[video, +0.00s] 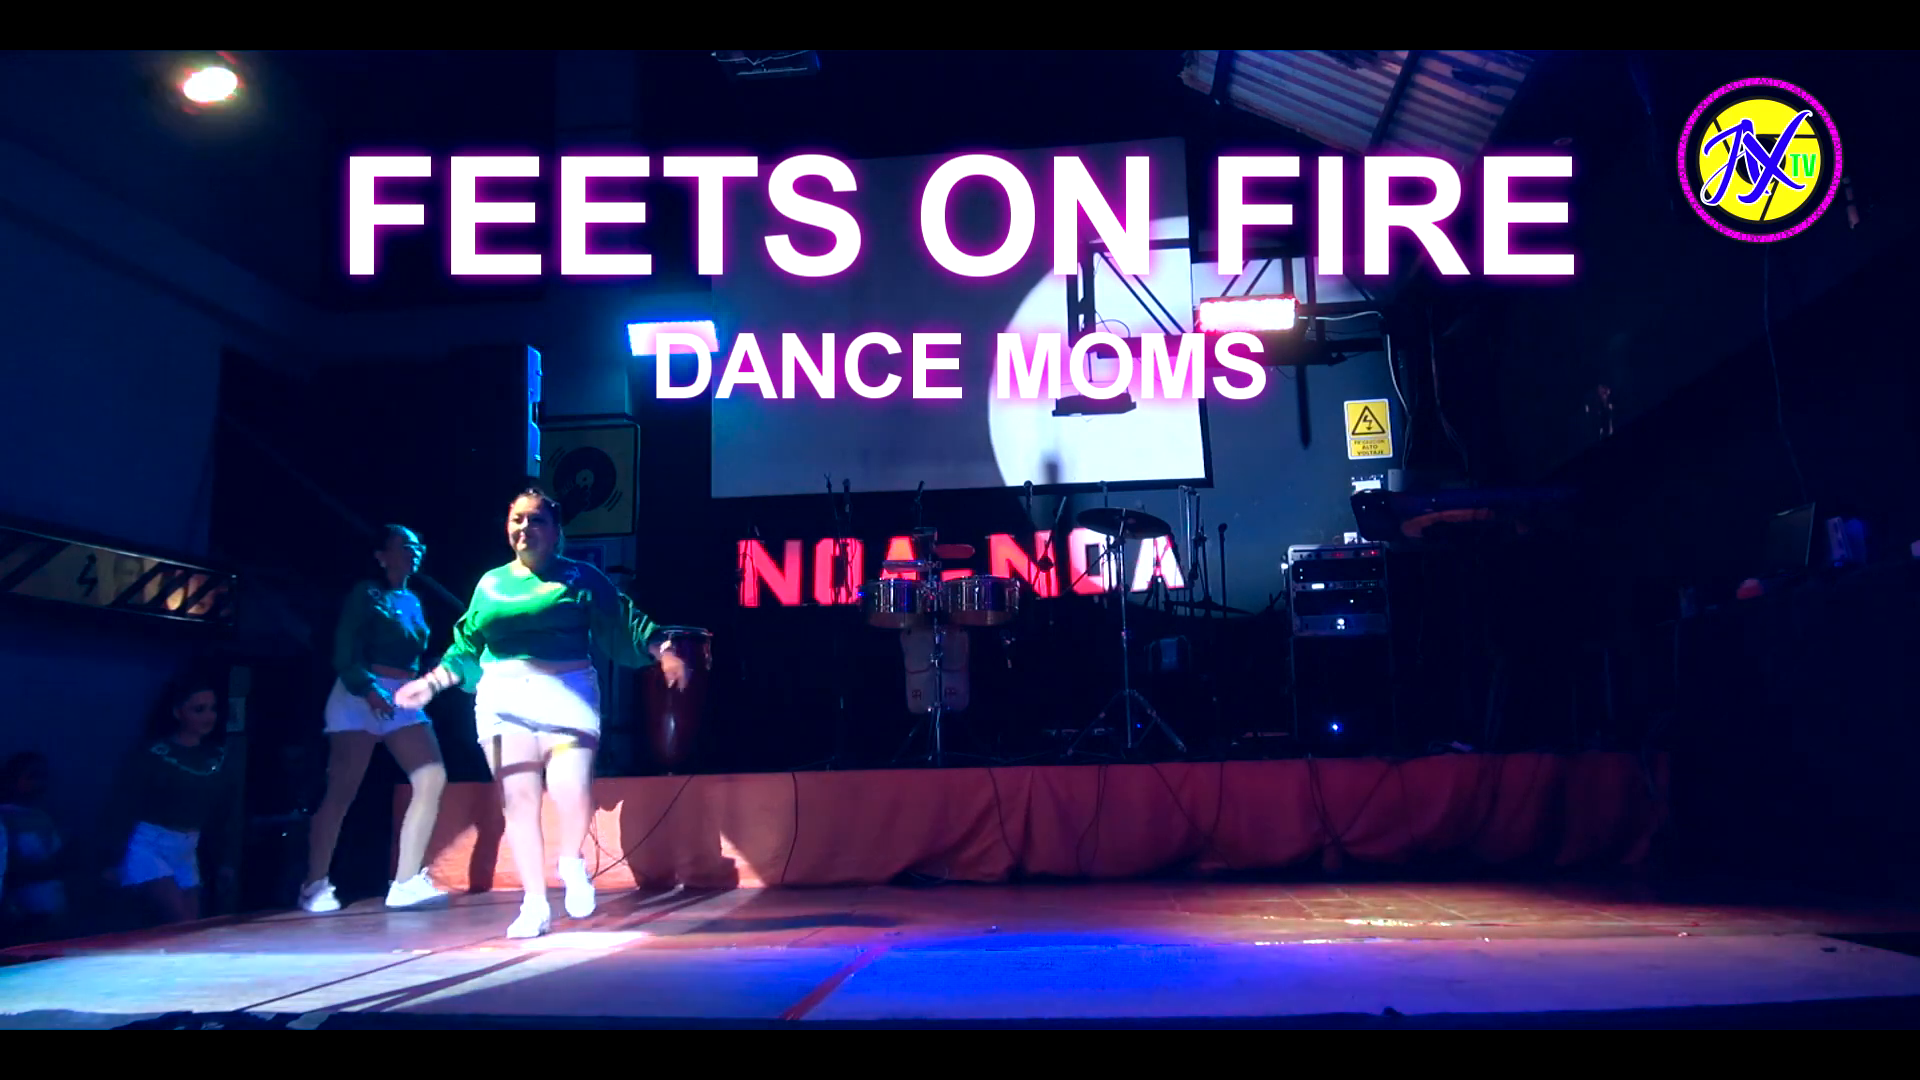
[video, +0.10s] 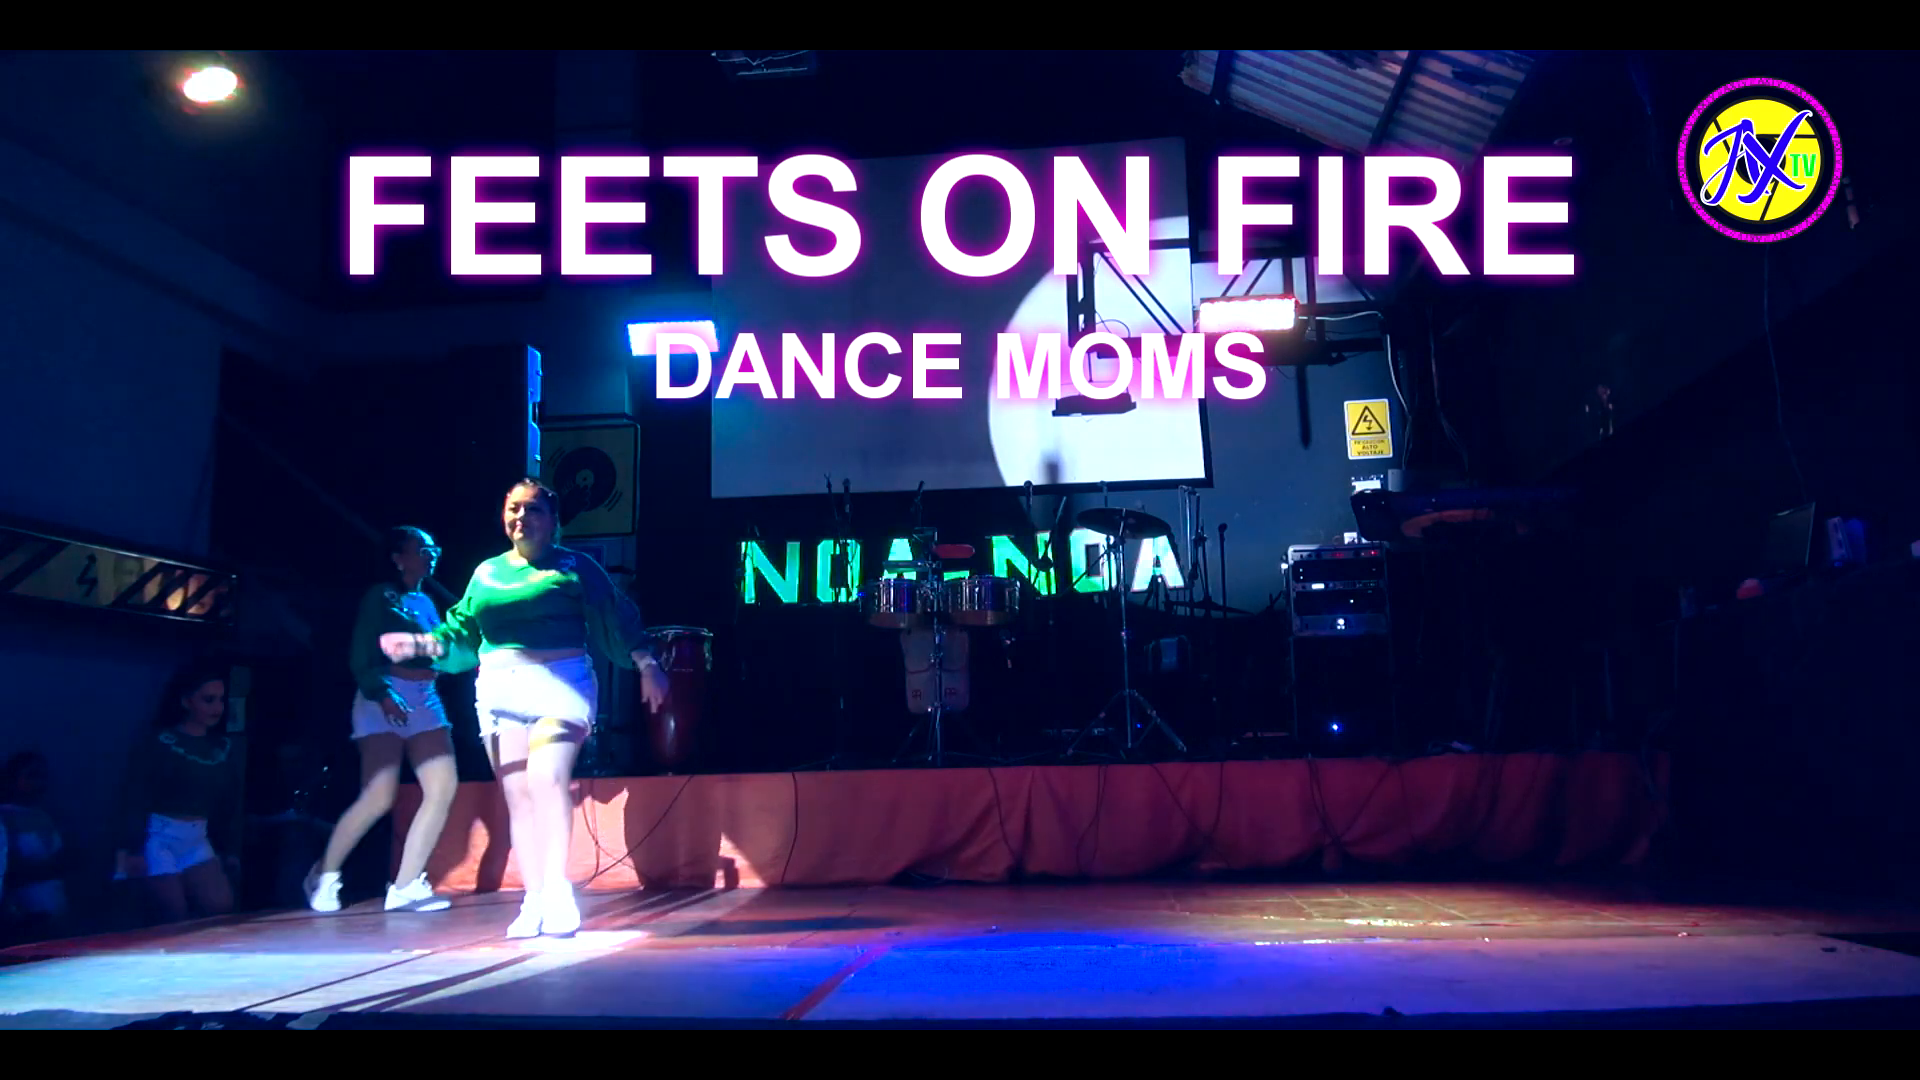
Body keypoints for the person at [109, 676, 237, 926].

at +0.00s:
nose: (209, 716)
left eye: (213, 709)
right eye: (199, 709)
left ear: (217, 710)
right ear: (179, 712)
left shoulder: (216, 760)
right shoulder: (155, 754)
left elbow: (221, 814)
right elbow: (128, 803)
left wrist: (223, 862)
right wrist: (113, 857)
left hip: (187, 851)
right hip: (149, 847)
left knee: (188, 926)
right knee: (184, 923)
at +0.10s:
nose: (218, 708)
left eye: (221, 700)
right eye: (209, 700)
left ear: (225, 701)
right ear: (186, 701)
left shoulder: (221, 748)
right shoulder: (161, 743)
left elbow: (226, 802)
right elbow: (139, 794)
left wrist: (229, 850)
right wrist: (133, 848)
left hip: (197, 835)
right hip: (161, 834)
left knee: (222, 907)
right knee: (176, 919)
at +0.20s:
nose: (226, 700)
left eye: (230, 693)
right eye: (218, 692)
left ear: (234, 696)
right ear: (196, 693)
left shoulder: (229, 740)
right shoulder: (169, 736)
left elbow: (233, 794)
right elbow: (154, 789)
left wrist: (237, 838)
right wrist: (161, 840)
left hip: (205, 825)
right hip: (165, 824)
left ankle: (201, 921)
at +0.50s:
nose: (257, 684)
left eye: (260, 677)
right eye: (250, 675)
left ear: (263, 683)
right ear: (228, 679)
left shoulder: (254, 729)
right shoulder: (204, 724)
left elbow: (254, 781)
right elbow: (191, 779)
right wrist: (216, 826)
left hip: (239, 810)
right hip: (198, 811)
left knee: (266, 862)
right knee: (189, 897)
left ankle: (232, 926)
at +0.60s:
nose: (271, 667)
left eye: (274, 660)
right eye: (263, 658)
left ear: (278, 667)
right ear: (242, 663)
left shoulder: (270, 713)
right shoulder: (219, 707)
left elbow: (274, 765)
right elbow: (203, 761)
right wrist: (215, 813)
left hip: (254, 800)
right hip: (213, 799)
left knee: (271, 867)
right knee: (205, 885)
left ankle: (232, 926)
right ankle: (179, 941)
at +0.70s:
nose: (282, 653)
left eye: (286, 646)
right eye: (274, 645)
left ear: (289, 654)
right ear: (252, 649)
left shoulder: (283, 701)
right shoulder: (228, 694)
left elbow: (290, 753)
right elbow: (207, 746)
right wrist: (205, 798)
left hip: (268, 785)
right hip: (229, 784)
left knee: (276, 865)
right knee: (240, 871)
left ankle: (240, 926)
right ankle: (201, 931)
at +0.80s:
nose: (291, 642)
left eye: (294, 637)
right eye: (283, 634)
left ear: (296, 646)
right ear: (261, 639)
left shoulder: (292, 693)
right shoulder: (235, 684)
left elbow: (298, 747)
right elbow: (210, 734)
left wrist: (299, 797)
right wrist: (201, 785)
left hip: (276, 777)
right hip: (238, 773)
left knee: (278, 855)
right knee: (276, 839)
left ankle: (241, 921)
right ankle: (213, 889)